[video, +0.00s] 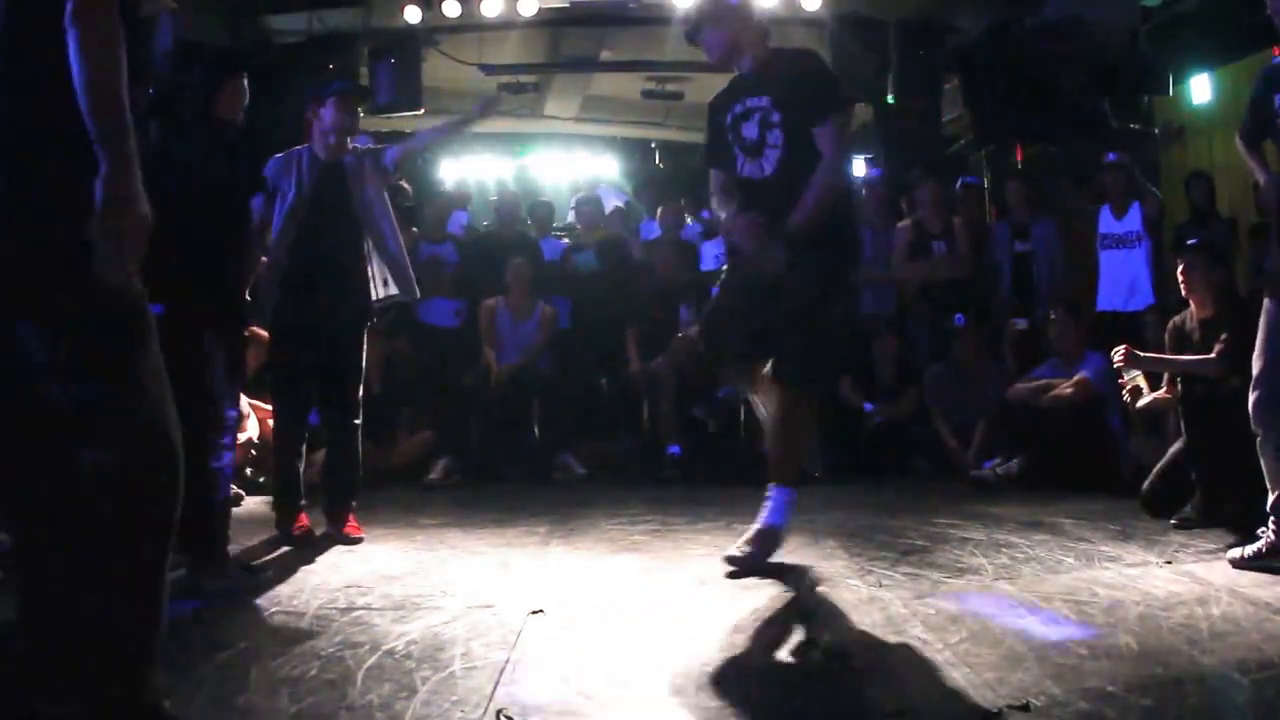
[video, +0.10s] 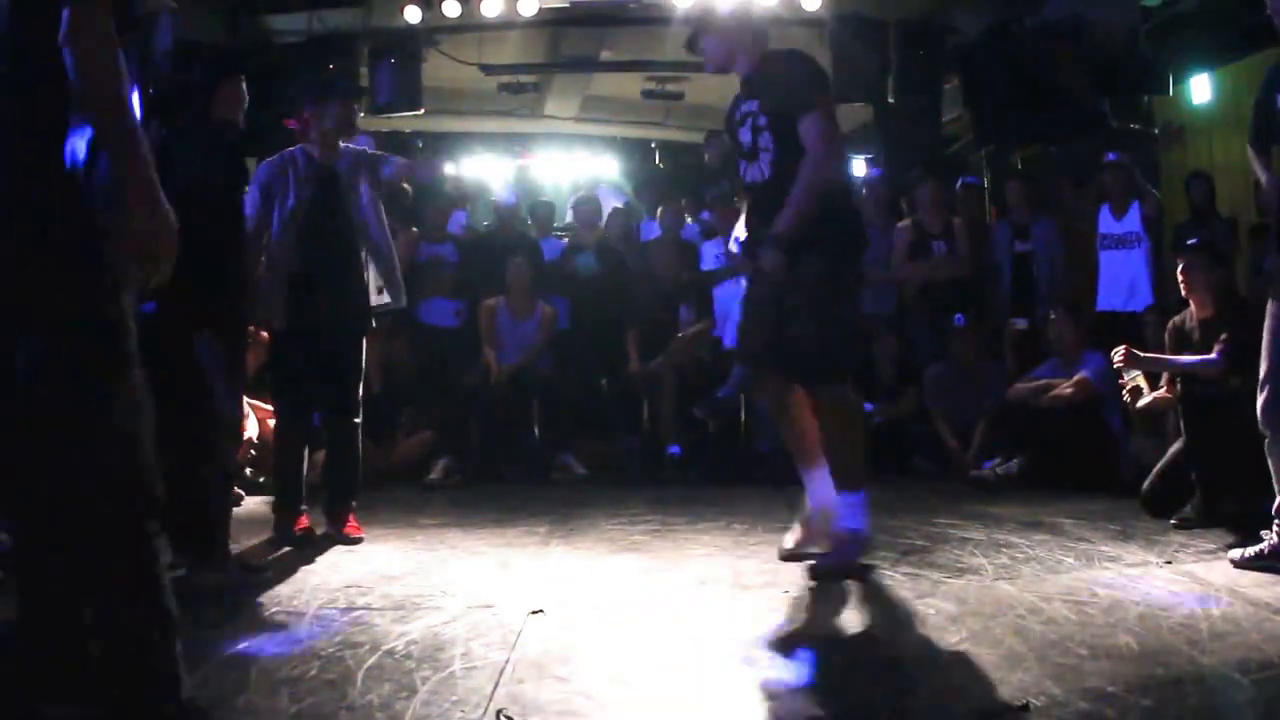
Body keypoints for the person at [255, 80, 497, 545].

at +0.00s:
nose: (350, 120)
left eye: (354, 113)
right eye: (341, 111)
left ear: (356, 121)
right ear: (316, 115)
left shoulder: (366, 161)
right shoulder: (284, 166)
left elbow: (416, 143)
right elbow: (254, 230)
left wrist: (470, 119)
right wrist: (242, 288)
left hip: (349, 306)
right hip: (293, 305)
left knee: (345, 414)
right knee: (290, 417)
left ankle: (342, 511)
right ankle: (291, 513)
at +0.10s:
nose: (339, 125)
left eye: (344, 116)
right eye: (330, 115)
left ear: (349, 121)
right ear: (307, 117)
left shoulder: (360, 164)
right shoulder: (275, 172)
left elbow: (413, 171)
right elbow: (251, 240)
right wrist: (253, 305)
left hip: (347, 308)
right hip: (293, 308)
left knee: (344, 415)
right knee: (292, 415)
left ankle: (341, 510)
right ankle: (290, 512)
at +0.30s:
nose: (344, 117)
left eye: (341, 110)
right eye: (333, 111)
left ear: (332, 120)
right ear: (304, 121)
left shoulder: (355, 171)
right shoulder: (271, 181)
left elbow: (379, 232)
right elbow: (257, 253)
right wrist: (261, 319)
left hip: (343, 317)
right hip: (290, 320)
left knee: (352, 413)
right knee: (288, 421)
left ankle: (342, 506)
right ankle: (291, 512)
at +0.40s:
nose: (353, 122)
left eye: (352, 113)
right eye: (344, 113)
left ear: (343, 120)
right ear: (316, 117)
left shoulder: (351, 175)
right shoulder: (275, 178)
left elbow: (353, 246)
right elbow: (259, 253)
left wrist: (361, 305)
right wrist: (265, 317)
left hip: (342, 314)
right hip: (291, 317)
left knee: (360, 403)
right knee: (288, 419)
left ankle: (338, 497)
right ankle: (289, 511)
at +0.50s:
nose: (362, 134)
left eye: (363, 125)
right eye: (357, 124)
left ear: (344, 124)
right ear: (332, 120)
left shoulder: (339, 173)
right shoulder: (298, 170)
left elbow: (340, 249)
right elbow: (288, 249)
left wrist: (354, 307)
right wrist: (293, 317)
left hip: (339, 315)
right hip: (300, 316)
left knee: (359, 402)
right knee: (294, 416)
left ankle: (339, 493)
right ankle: (290, 514)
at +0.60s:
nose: (370, 140)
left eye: (372, 130)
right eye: (363, 129)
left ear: (345, 129)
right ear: (337, 126)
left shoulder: (336, 177)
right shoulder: (305, 178)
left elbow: (336, 254)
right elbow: (298, 258)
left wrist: (344, 313)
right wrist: (309, 324)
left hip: (334, 319)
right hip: (300, 323)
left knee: (352, 405)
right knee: (296, 420)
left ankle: (342, 495)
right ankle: (291, 514)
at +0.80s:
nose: (384, 161)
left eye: (387, 153)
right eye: (384, 151)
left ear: (357, 139)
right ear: (369, 141)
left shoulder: (321, 172)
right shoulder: (343, 168)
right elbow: (350, 234)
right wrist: (382, 292)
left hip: (315, 305)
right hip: (318, 306)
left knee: (336, 407)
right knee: (313, 411)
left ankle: (337, 496)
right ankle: (290, 518)